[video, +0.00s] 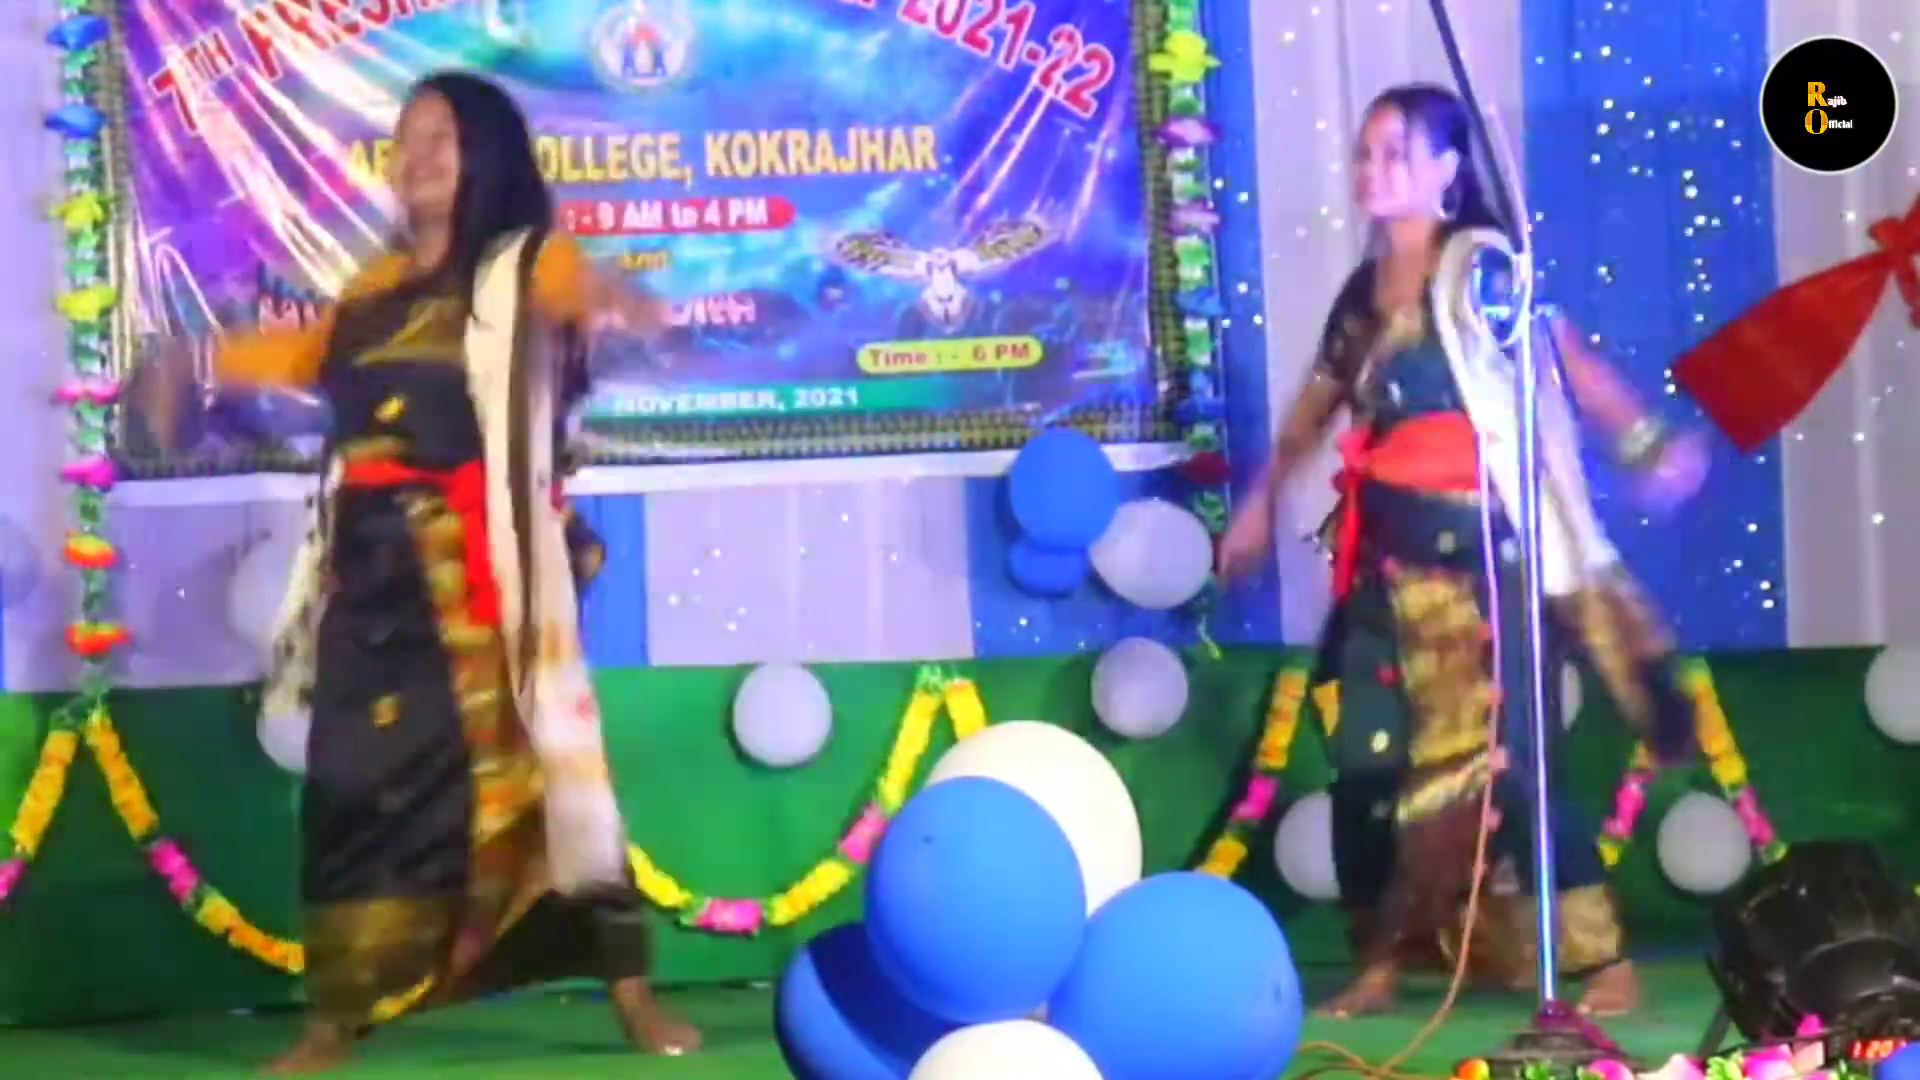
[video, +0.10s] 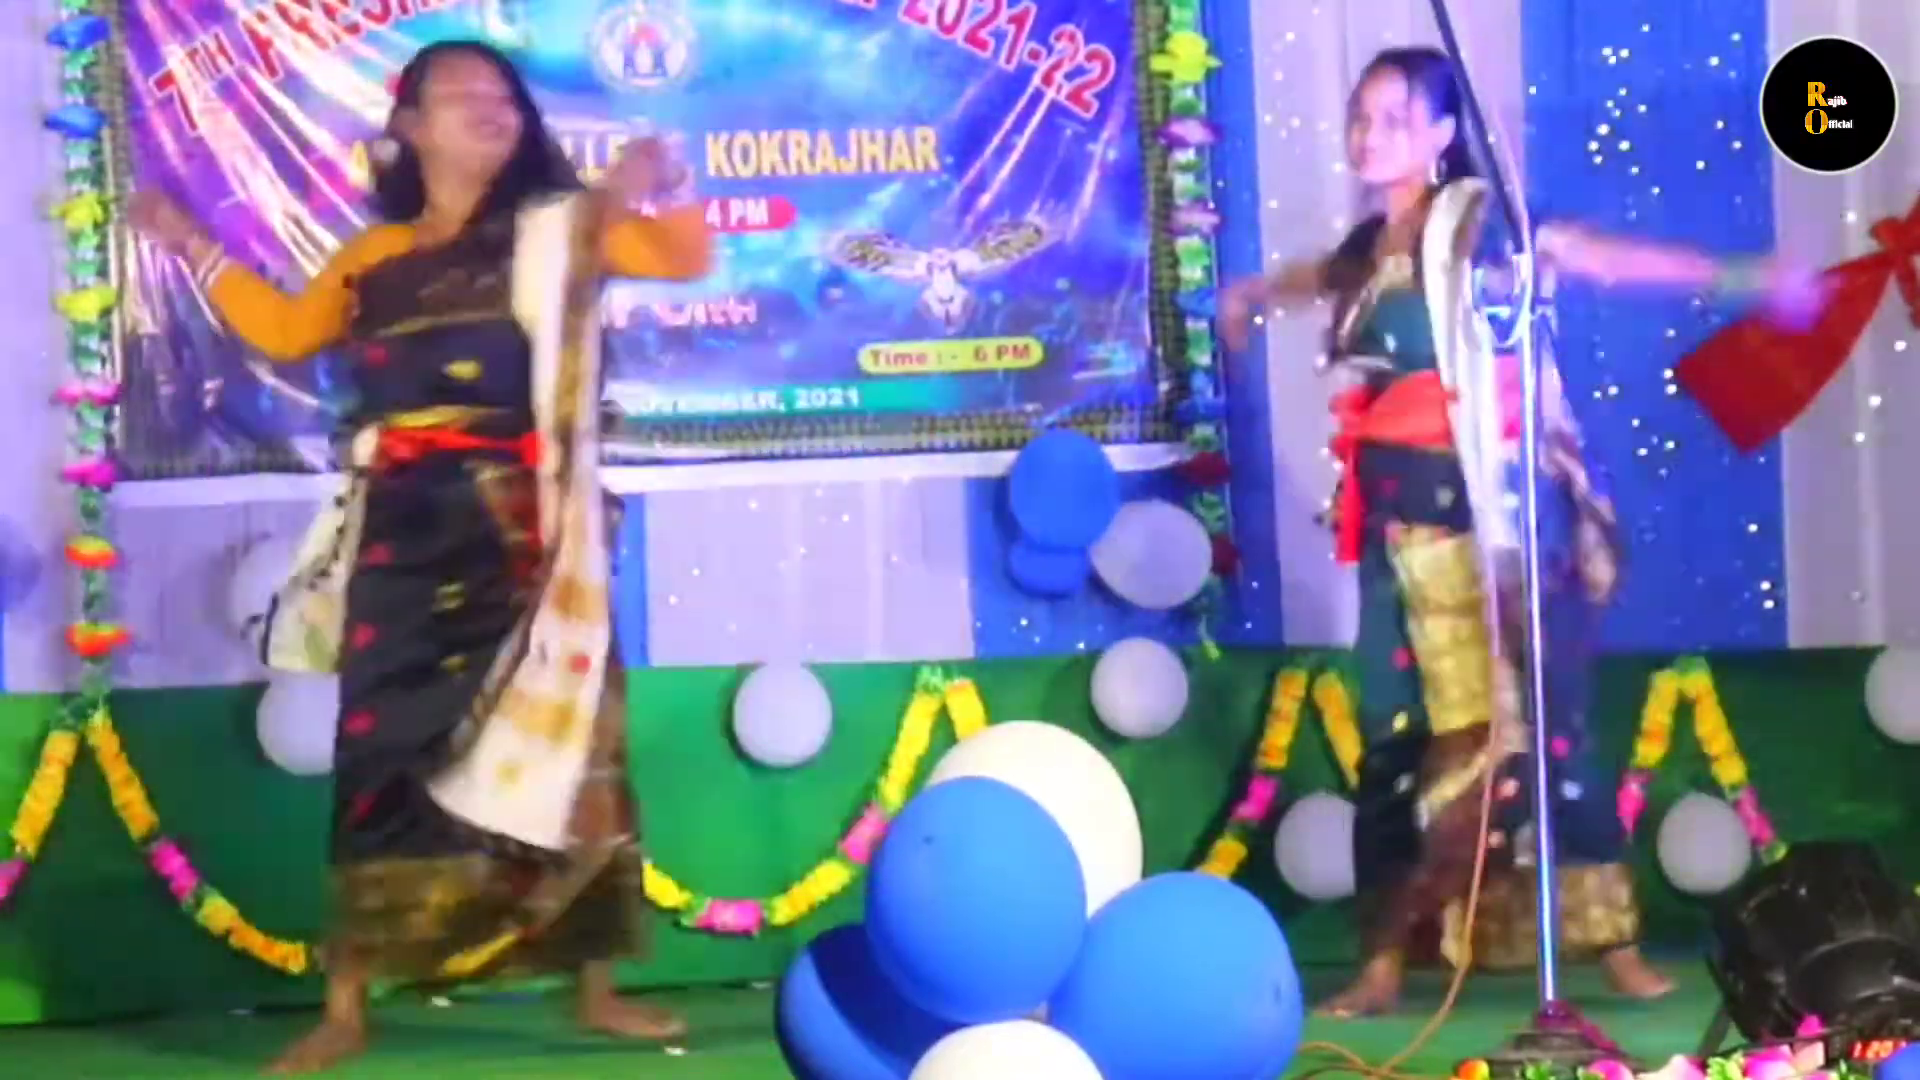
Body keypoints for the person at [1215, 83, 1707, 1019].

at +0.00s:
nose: (1373, 171)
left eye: (1394, 155)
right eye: (1367, 154)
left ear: (1447, 167)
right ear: (1361, 168)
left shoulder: (1486, 267)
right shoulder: (1364, 291)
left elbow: (1572, 363)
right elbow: (1314, 410)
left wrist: (1648, 442)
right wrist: (1260, 506)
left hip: (1495, 544)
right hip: (1391, 549)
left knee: (1521, 758)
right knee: (1371, 759)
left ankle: (1595, 959)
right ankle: (1382, 958)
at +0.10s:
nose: (1369, 139)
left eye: (1390, 120)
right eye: (1360, 121)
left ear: (1439, 130)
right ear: (1352, 133)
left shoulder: (1475, 219)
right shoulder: (1362, 250)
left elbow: (1598, 259)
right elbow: (1299, 282)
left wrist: (1743, 281)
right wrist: (1243, 300)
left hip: (1502, 503)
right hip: (1400, 509)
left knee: (1556, 715)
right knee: (1441, 728)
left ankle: (1610, 935)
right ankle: (1390, 955)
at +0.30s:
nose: (1429, 169)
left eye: (1451, 152)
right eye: (1412, 149)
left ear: (1482, 163)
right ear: (1385, 159)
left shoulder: (1537, 228)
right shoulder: (1383, 273)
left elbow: (1670, 217)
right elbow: (1282, 285)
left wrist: (1789, 175)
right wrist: (1230, 173)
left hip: (1550, 507)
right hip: (1429, 512)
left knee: (1585, 732)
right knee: (1404, 733)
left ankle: (1574, 967)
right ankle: (1385, 963)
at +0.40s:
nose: (1496, 174)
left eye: (1506, 155)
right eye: (1473, 159)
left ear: (1526, 159)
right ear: (1429, 176)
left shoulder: (1582, 239)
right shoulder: (1403, 289)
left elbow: (1708, 246)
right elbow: (1250, 326)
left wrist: (1832, 224)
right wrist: (1170, 255)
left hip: (1597, 525)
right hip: (1483, 533)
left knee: (1617, 741)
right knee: (1464, 739)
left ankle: (1582, 962)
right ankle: (1379, 938)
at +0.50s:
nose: (1594, 185)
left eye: (1594, 166)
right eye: (1578, 167)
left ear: (1566, 175)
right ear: (1515, 172)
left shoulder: (1604, 267)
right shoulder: (1464, 291)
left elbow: (1661, 320)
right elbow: (1370, 396)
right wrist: (1240, 396)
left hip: (1632, 566)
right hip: (1531, 569)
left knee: (1688, 770)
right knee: (1606, 773)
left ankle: (1586, 962)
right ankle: (1417, 864)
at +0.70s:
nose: (1662, 158)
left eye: (1659, 140)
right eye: (1657, 140)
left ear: (1552, 141)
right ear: (1638, 148)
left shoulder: (1499, 259)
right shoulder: (1641, 272)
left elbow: (1418, 313)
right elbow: (1744, 399)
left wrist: (1335, 332)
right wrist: (1868, 436)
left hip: (1550, 562)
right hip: (1643, 562)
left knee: (1602, 755)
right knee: (1731, 729)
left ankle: (1575, 963)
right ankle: (1697, 944)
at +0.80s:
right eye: (1674, 128)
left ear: (1572, 128)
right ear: (1674, 133)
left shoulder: (1505, 227)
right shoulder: (1694, 253)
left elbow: (1391, 278)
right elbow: (1795, 352)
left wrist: (1264, 305)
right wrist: (1908, 368)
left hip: (1528, 547)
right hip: (1641, 551)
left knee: (1593, 748)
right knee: (1720, 733)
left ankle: (1581, 958)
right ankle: (1783, 942)